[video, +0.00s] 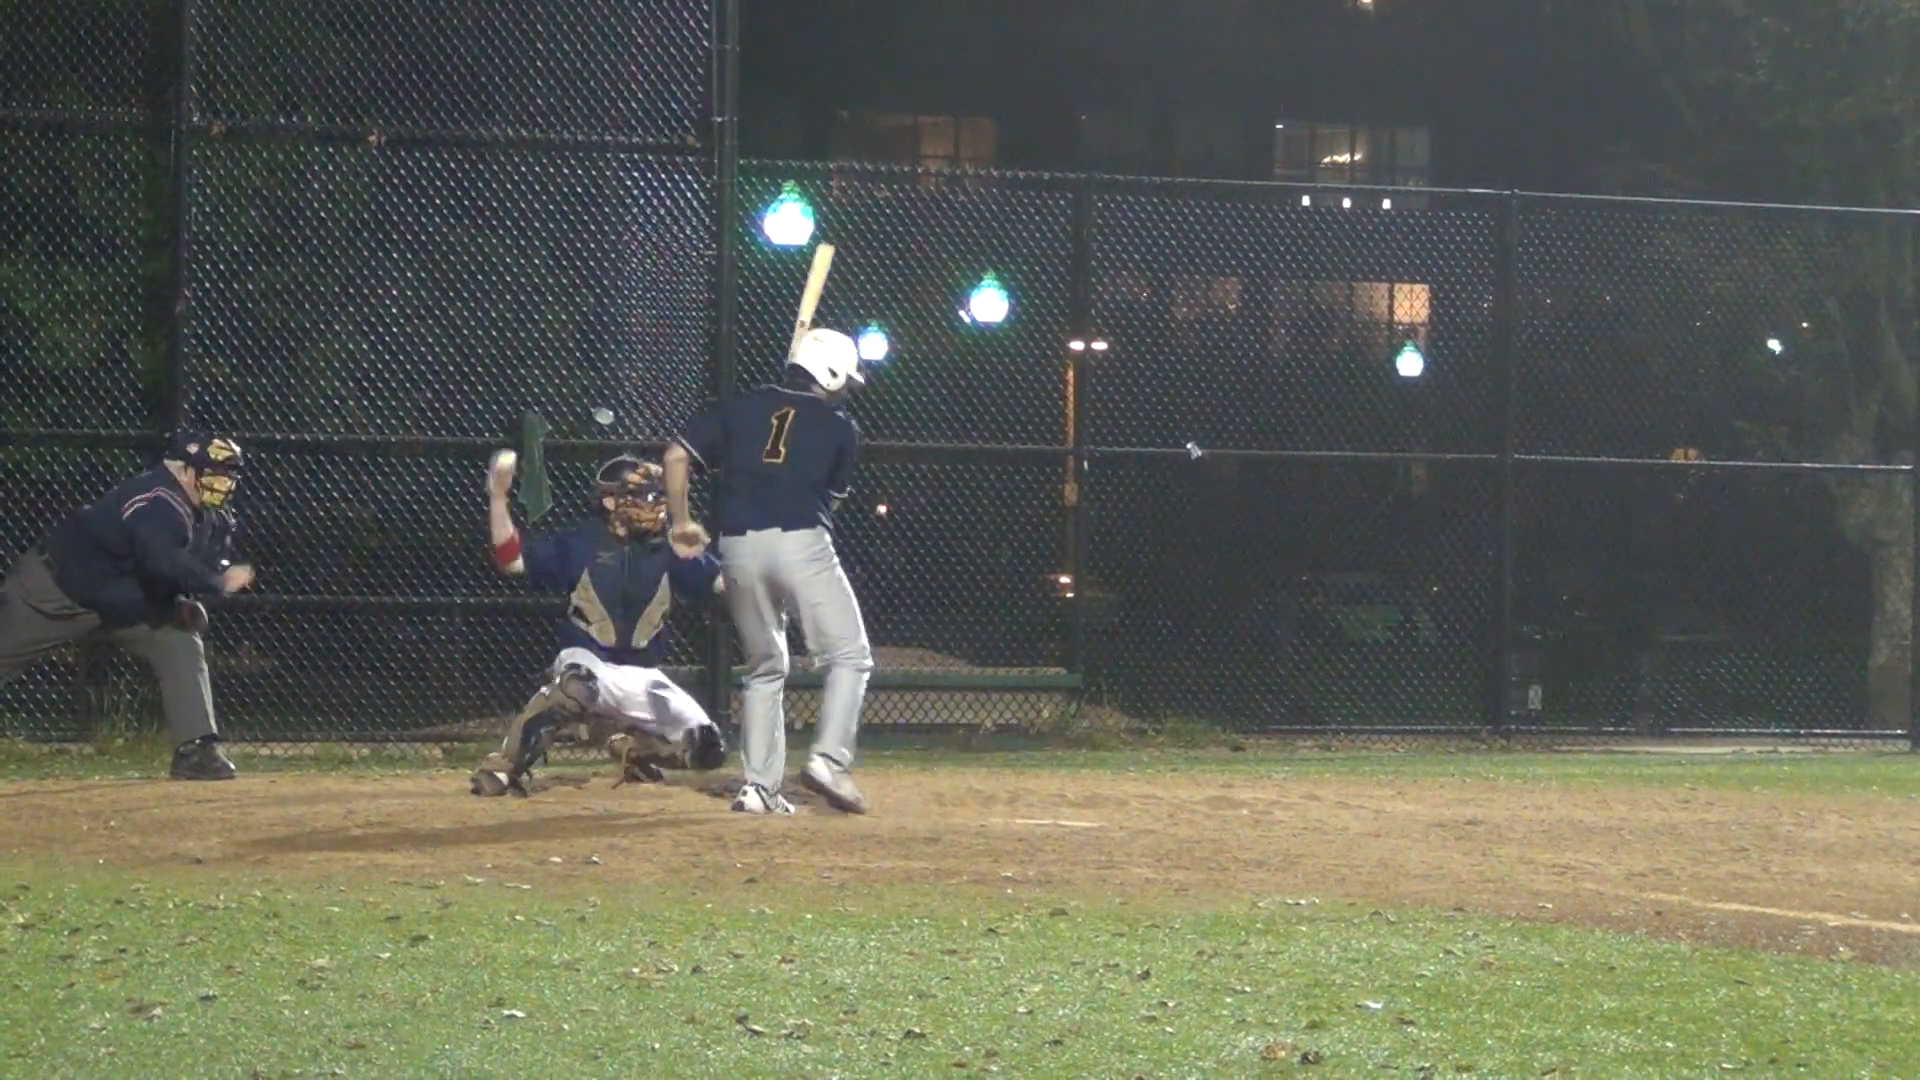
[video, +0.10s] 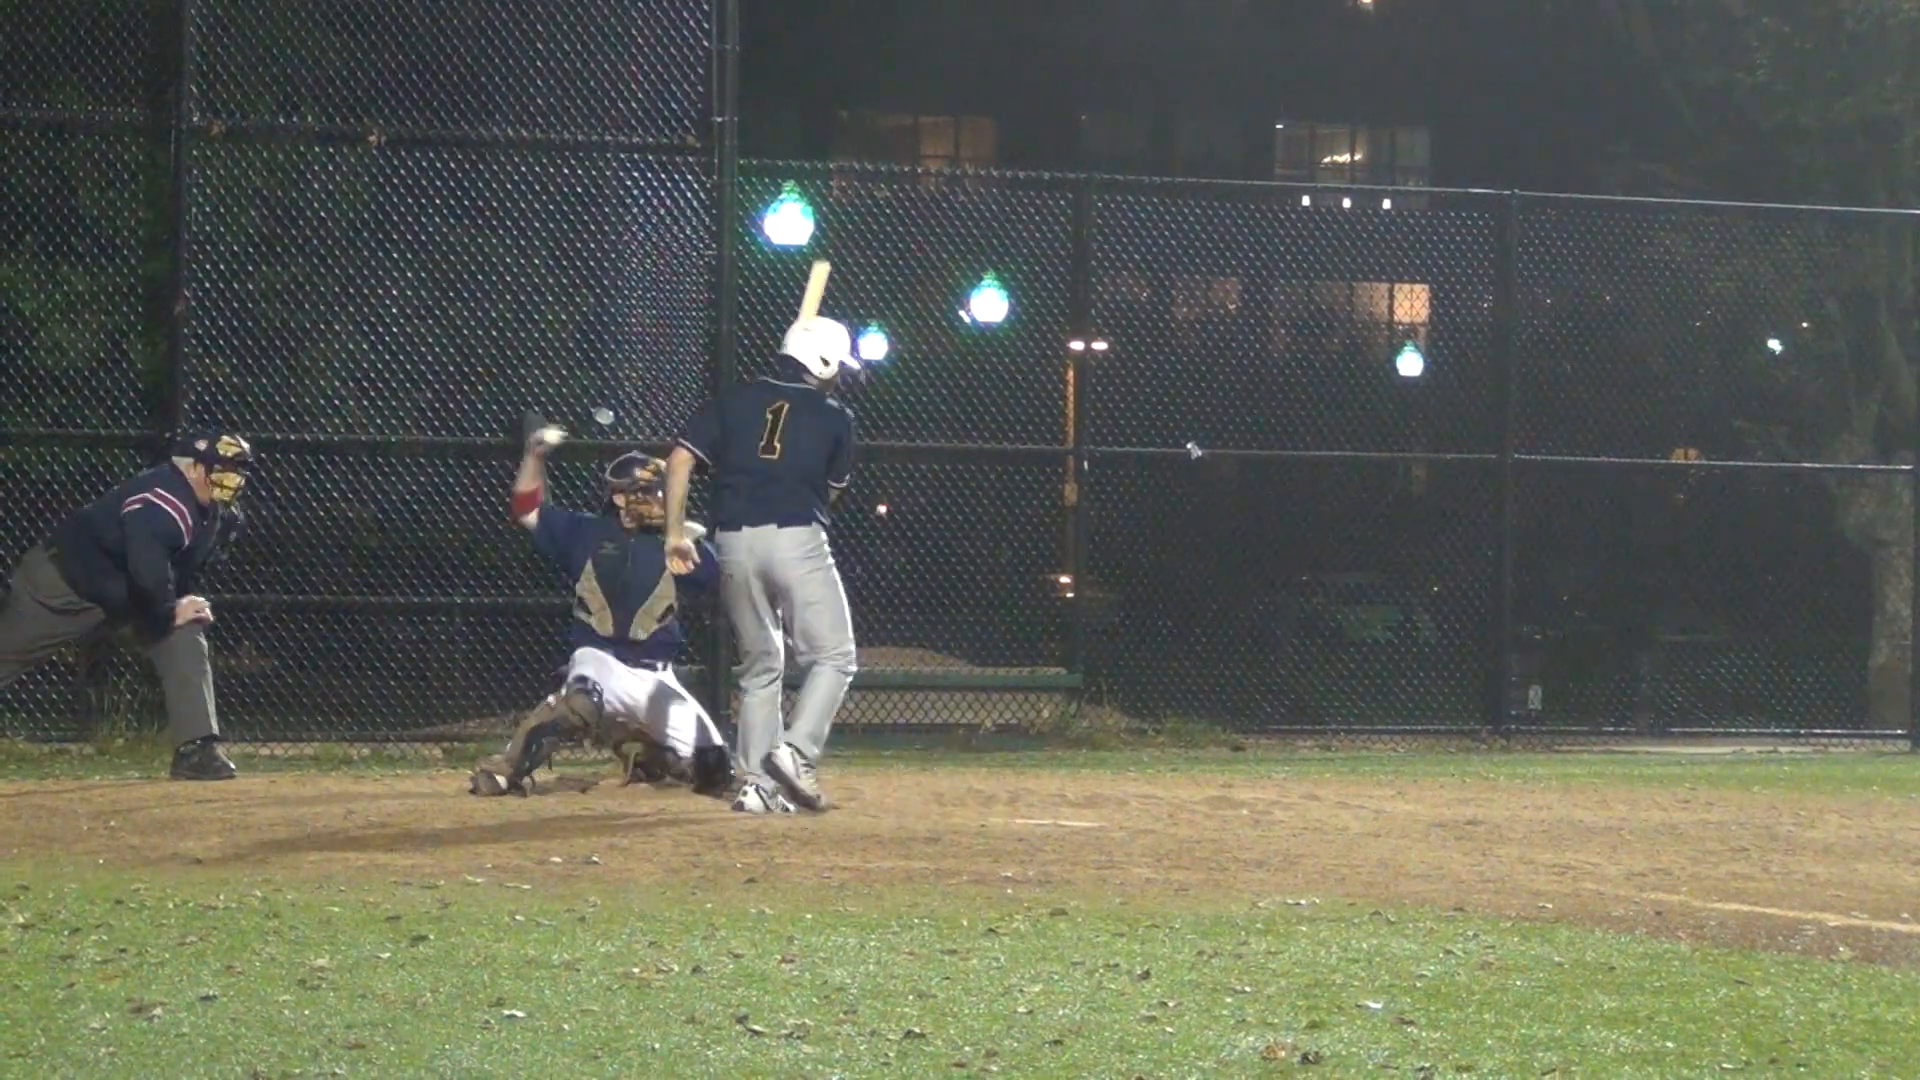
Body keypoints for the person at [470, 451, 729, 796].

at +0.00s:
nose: (652, 505)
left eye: (655, 497)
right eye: (640, 497)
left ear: (664, 500)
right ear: (610, 501)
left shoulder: (668, 552)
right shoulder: (582, 543)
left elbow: (725, 589)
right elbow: (511, 560)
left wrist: (698, 556)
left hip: (642, 672)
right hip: (586, 660)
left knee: (708, 748)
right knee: (577, 686)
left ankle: (636, 751)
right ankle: (506, 765)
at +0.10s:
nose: (644, 497)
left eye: (651, 490)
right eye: (635, 489)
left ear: (662, 496)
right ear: (616, 497)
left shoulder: (674, 543)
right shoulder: (584, 532)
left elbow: (712, 581)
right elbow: (526, 510)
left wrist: (692, 540)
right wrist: (534, 456)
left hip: (655, 674)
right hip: (598, 658)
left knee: (716, 771)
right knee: (581, 703)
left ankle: (646, 758)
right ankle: (507, 769)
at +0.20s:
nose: (656, 495)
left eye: (664, 486)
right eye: (645, 487)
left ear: (680, 492)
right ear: (630, 494)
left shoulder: (698, 541)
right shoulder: (606, 534)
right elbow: (543, 505)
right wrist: (593, 463)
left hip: (673, 677)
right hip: (620, 660)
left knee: (719, 777)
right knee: (594, 725)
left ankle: (642, 761)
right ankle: (507, 774)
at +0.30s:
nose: (685, 492)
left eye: (688, 484)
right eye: (674, 485)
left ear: (699, 490)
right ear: (656, 494)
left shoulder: (711, 541)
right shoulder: (647, 522)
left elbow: (727, 622)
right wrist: (559, 464)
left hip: (685, 674)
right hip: (644, 655)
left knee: (725, 774)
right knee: (612, 744)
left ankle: (634, 765)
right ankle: (515, 774)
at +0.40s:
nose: (694, 486)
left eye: (695, 478)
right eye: (685, 479)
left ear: (701, 482)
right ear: (670, 487)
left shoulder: (713, 527)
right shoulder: (660, 515)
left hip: (691, 666)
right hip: (652, 651)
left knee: (724, 771)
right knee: (647, 761)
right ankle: (543, 770)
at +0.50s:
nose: (698, 482)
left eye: (699, 475)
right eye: (689, 476)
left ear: (710, 483)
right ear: (675, 488)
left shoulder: (720, 532)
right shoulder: (672, 521)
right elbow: (655, 569)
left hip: (697, 666)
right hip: (657, 654)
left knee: (725, 764)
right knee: (651, 764)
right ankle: (547, 768)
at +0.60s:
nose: (693, 480)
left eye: (697, 473)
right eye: (688, 474)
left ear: (704, 482)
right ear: (680, 486)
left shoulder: (725, 525)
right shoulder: (681, 517)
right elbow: (670, 569)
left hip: (708, 664)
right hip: (666, 651)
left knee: (715, 770)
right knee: (656, 768)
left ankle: (624, 741)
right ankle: (543, 764)